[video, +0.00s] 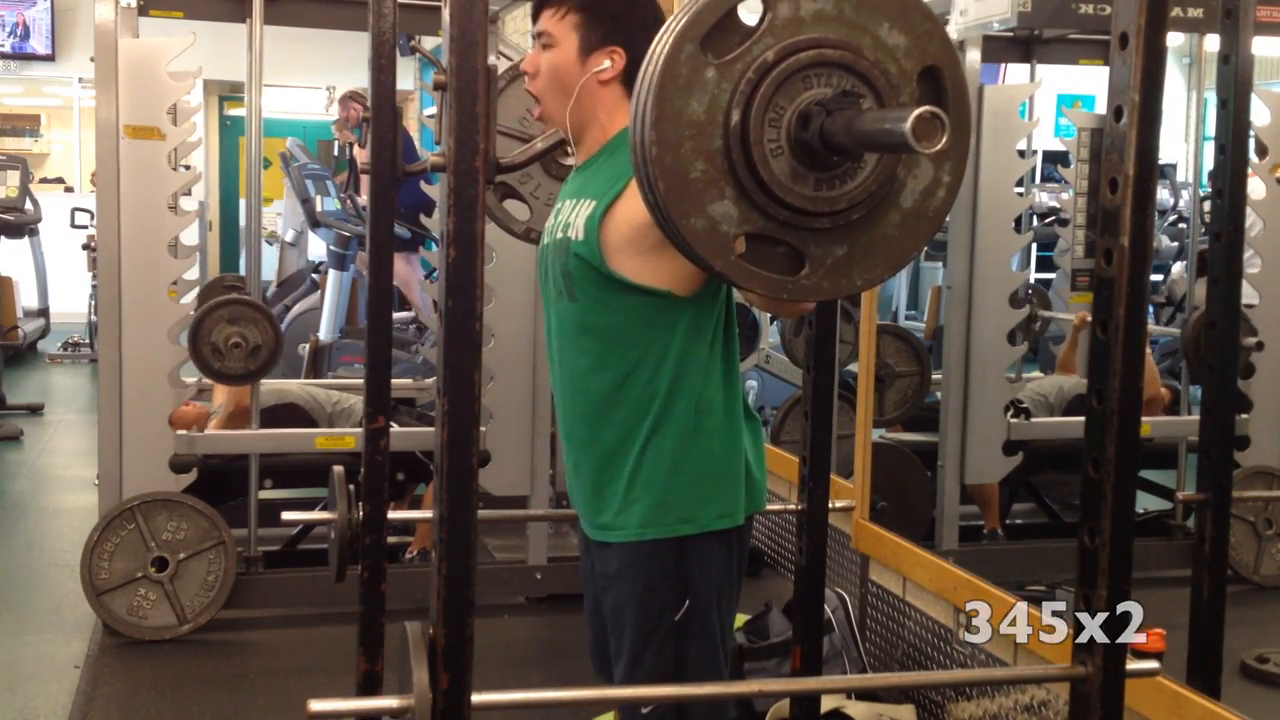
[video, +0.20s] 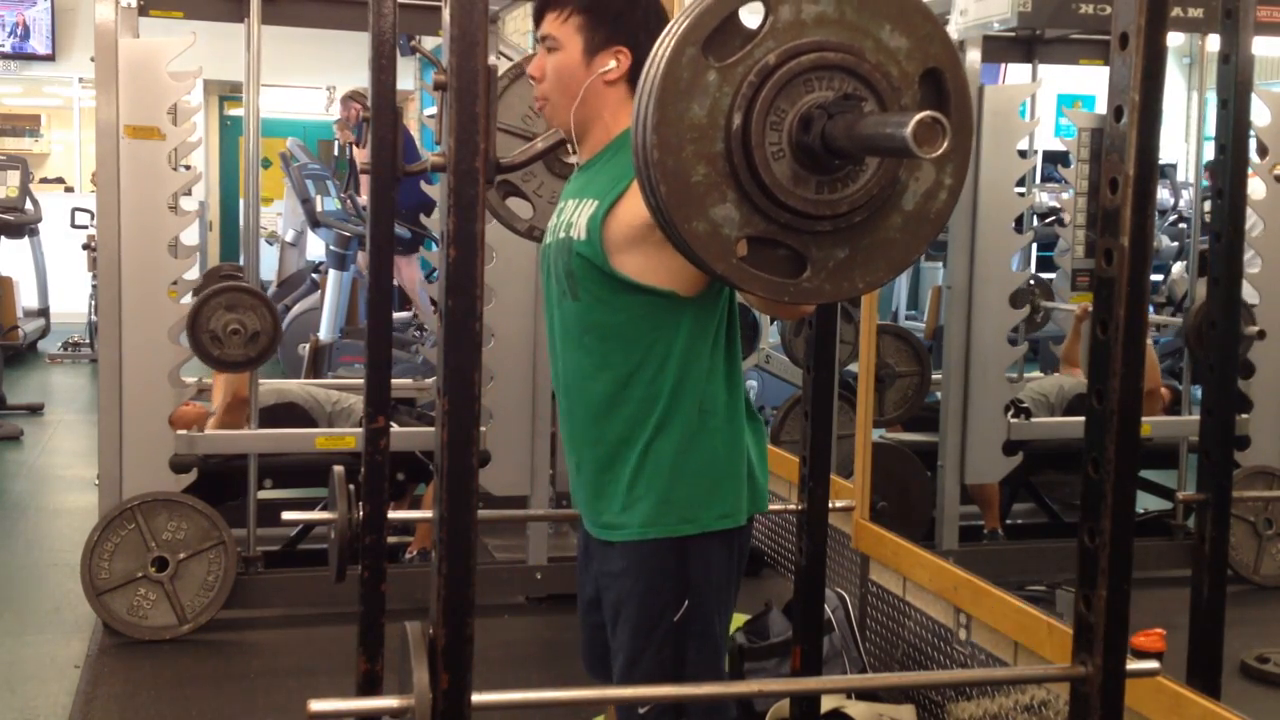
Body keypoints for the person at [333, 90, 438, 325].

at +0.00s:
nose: (345, 121)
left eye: (345, 115)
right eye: (343, 117)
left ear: (356, 108)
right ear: (357, 109)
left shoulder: (376, 129)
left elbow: (367, 169)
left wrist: (365, 201)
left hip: (399, 202)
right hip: (406, 200)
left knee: (395, 258)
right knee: (410, 260)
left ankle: (424, 315)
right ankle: (427, 318)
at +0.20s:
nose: (344, 119)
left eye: (345, 113)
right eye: (343, 114)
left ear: (357, 108)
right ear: (358, 108)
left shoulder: (374, 127)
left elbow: (366, 168)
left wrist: (364, 201)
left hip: (402, 205)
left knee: (407, 268)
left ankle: (428, 321)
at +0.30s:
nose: (344, 121)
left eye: (345, 115)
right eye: (343, 116)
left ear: (356, 108)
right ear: (358, 109)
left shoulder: (369, 127)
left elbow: (366, 171)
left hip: (400, 207)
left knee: (409, 275)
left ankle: (432, 329)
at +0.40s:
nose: (343, 119)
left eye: (344, 113)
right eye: (342, 114)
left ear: (356, 108)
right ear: (357, 108)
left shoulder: (374, 127)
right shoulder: (363, 130)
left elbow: (365, 169)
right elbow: (362, 171)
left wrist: (365, 202)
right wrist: (364, 201)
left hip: (403, 200)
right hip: (391, 200)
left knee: (409, 259)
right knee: (398, 258)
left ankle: (429, 321)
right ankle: (417, 310)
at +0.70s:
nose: (344, 121)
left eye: (344, 115)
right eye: (342, 117)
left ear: (355, 107)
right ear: (356, 108)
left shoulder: (371, 128)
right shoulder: (384, 123)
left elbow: (364, 167)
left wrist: (364, 199)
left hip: (399, 199)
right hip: (410, 195)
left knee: (391, 257)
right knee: (412, 257)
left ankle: (422, 312)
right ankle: (432, 314)